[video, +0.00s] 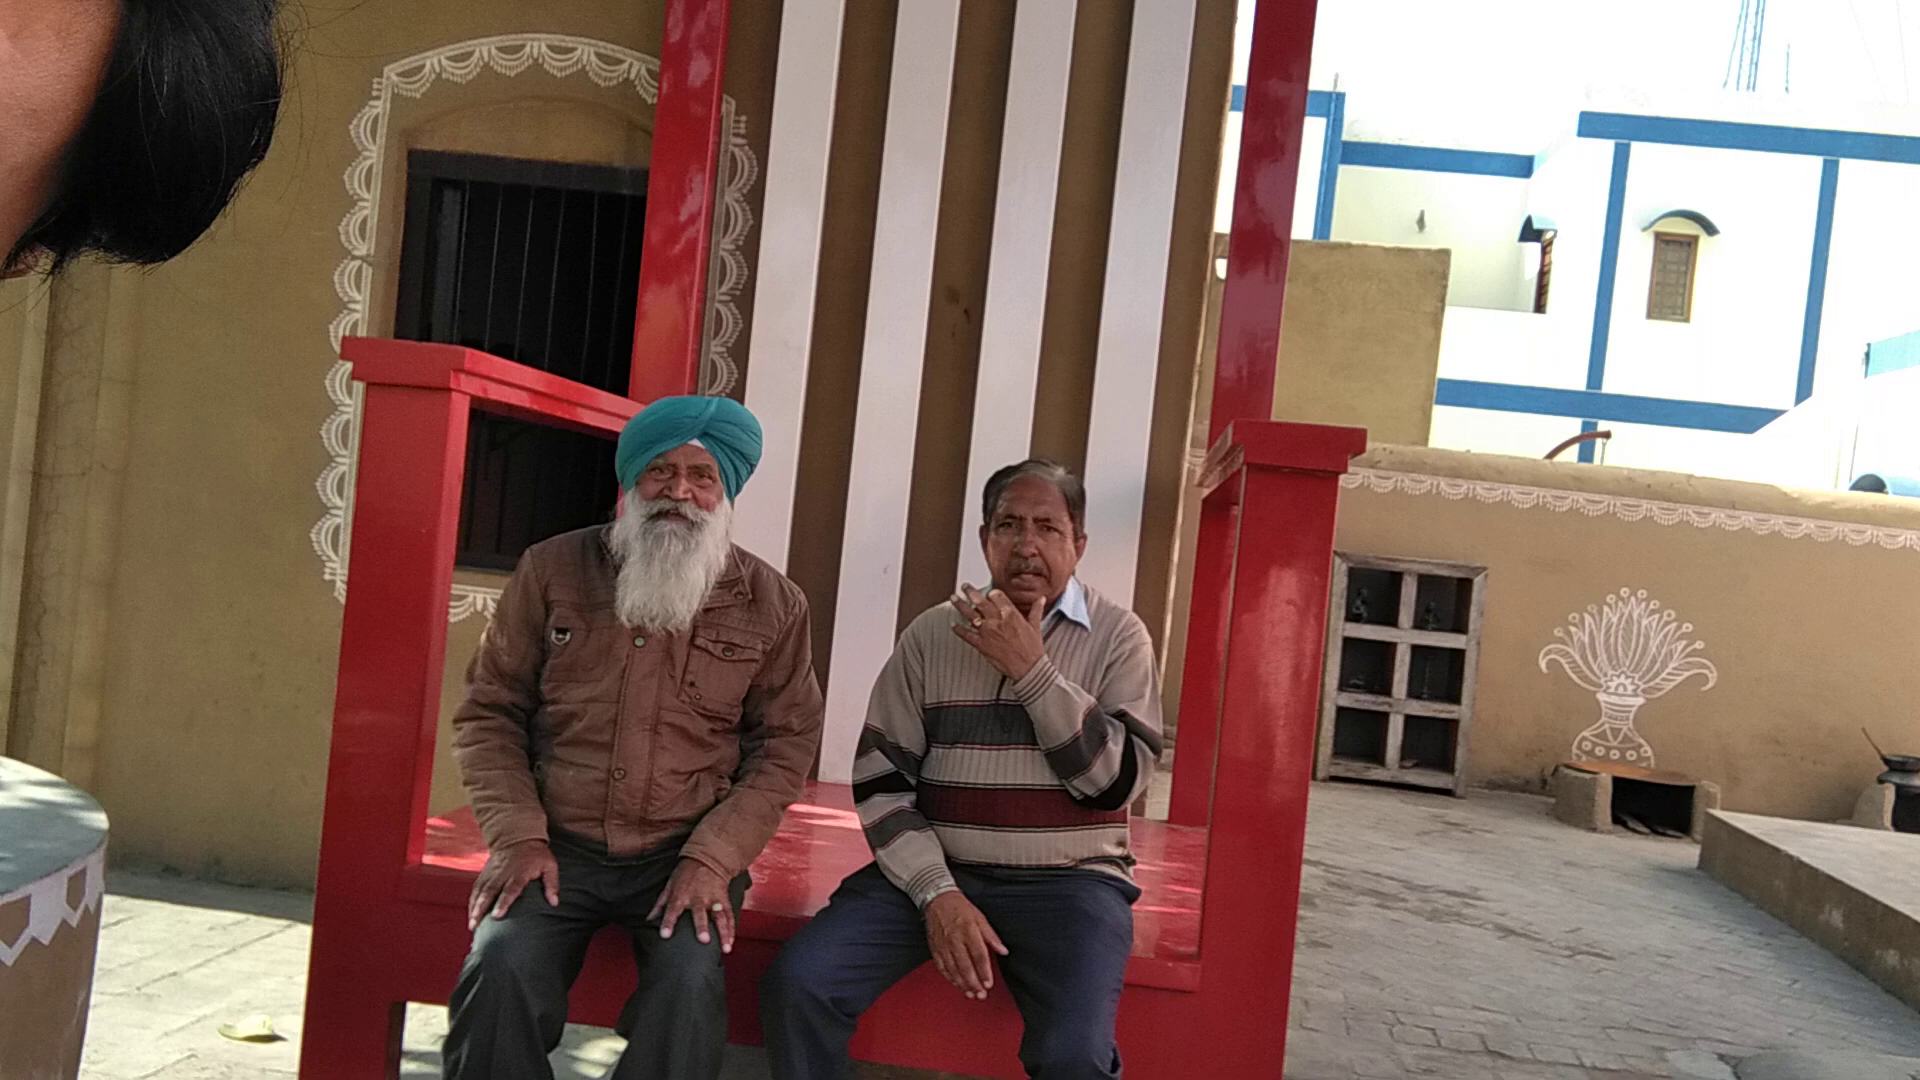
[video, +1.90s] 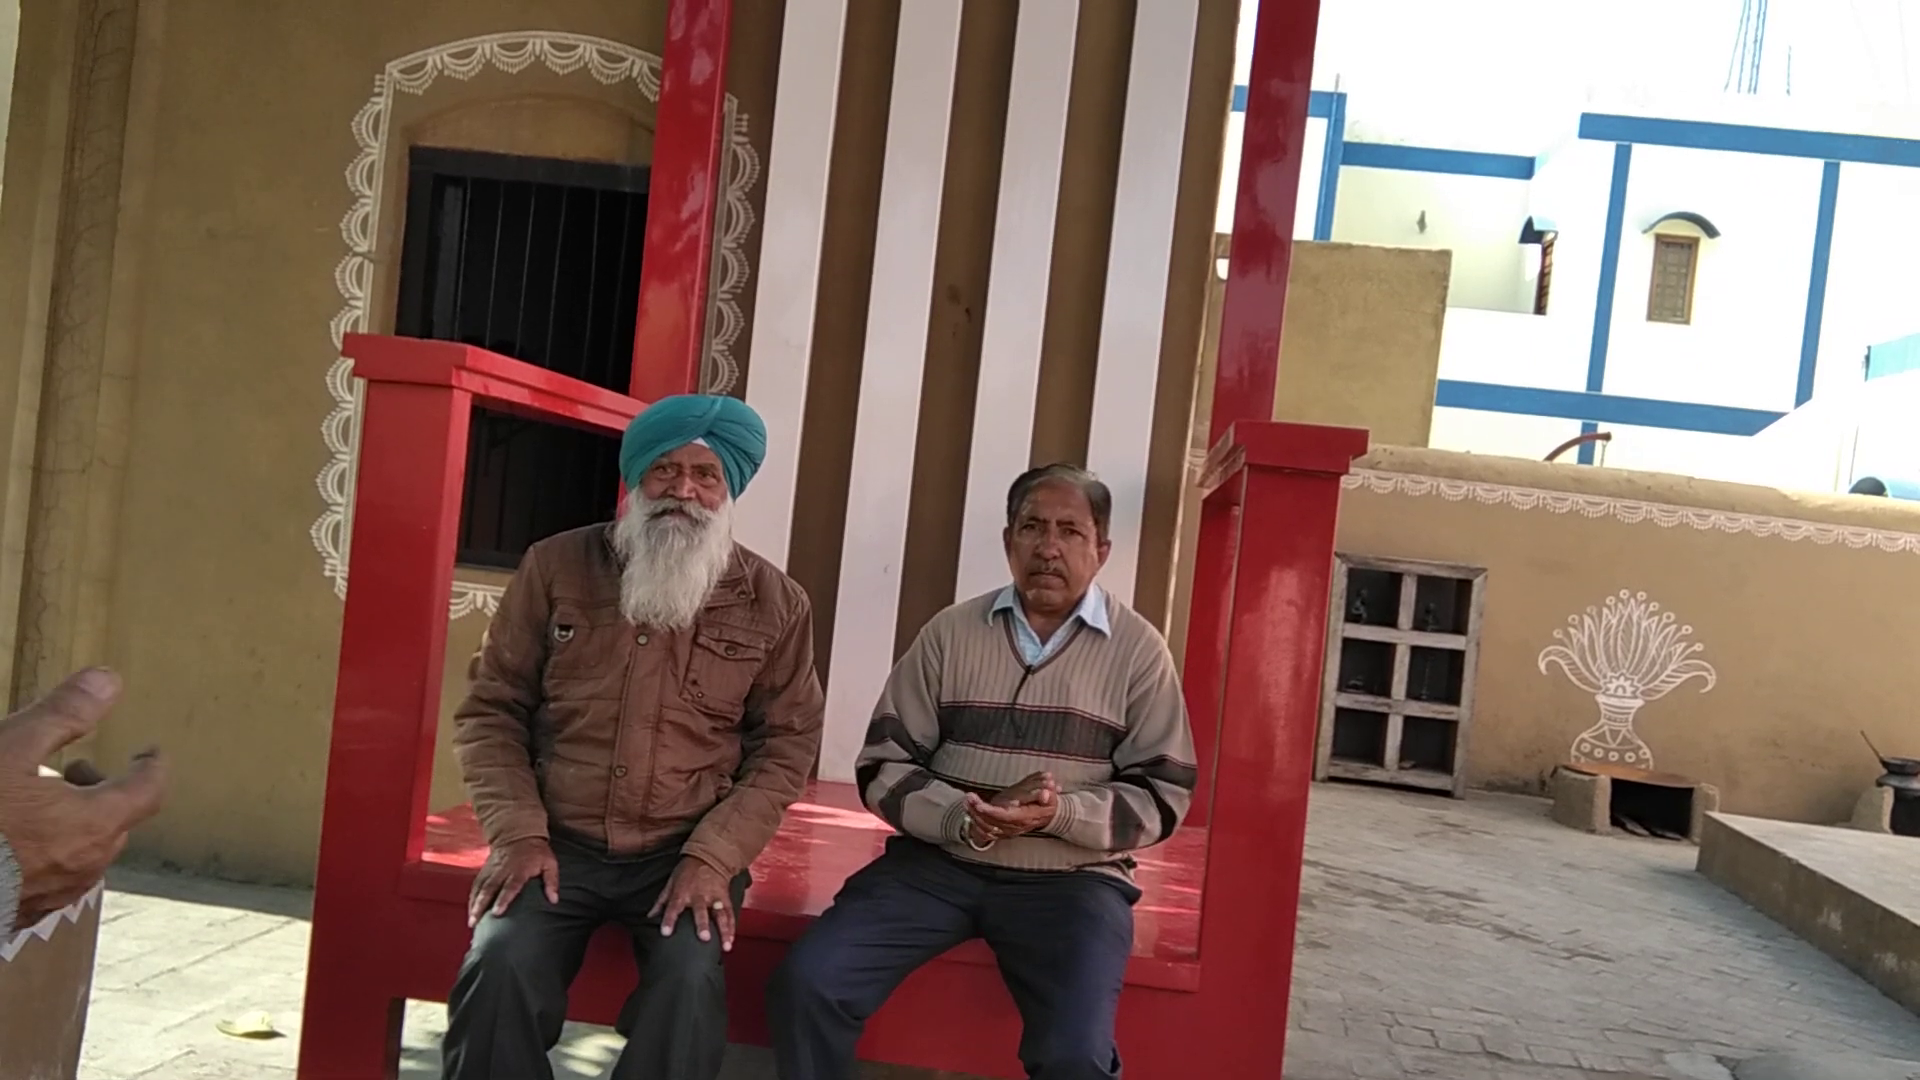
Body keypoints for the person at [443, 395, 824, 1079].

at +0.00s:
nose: (680, 491)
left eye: (702, 475)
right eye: (662, 471)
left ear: (727, 497)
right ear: (627, 489)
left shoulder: (772, 604)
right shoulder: (553, 570)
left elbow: (786, 750)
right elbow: (489, 709)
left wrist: (713, 857)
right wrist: (515, 832)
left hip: (685, 864)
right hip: (554, 854)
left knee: (690, 979)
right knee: (501, 968)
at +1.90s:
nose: (684, 489)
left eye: (706, 474)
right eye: (666, 470)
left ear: (730, 495)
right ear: (633, 484)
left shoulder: (774, 603)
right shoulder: (557, 567)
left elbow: (788, 748)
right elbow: (491, 709)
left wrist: (714, 856)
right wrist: (516, 830)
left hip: (685, 863)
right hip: (555, 852)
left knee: (690, 977)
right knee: (500, 965)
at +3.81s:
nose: (668, 495)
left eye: (691, 478)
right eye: (651, 475)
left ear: (721, 495)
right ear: (623, 484)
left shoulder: (770, 596)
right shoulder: (552, 563)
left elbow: (783, 736)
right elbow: (491, 701)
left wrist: (724, 848)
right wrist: (514, 823)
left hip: (686, 858)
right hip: (557, 845)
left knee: (689, 975)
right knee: (492, 969)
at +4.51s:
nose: (585, 430)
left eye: (610, 409)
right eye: (564, 407)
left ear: (650, 420)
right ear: (536, 414)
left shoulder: (718, 529)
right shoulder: (468, 503)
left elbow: (745, 697)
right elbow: (425, 667)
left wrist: (679, 851)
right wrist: (455, 827)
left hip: (646, 831)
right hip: (506, 823)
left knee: (636, 1018)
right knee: (454, 1005)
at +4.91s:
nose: (634, 308)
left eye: (661, 293)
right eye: (617, 286)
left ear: (699, 321)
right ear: (582, 298)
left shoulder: (747, 449)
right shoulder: (499, 407)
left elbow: (768, 633)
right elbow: (432, 584)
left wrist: (726, 792)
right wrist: (408, 744)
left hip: (652, 798)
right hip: (500, 784)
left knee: (627, 1029)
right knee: (460, 1024)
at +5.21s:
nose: (651, 291)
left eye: (678, 276)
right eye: (634, 268)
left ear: (712, 301)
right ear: (596, 278)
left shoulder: (753, 436)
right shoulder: (536, 400)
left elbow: (780, 627)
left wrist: (740, 810)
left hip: (657, 768)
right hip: (514, 755)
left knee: (629, 1005)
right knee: (504, 1004)